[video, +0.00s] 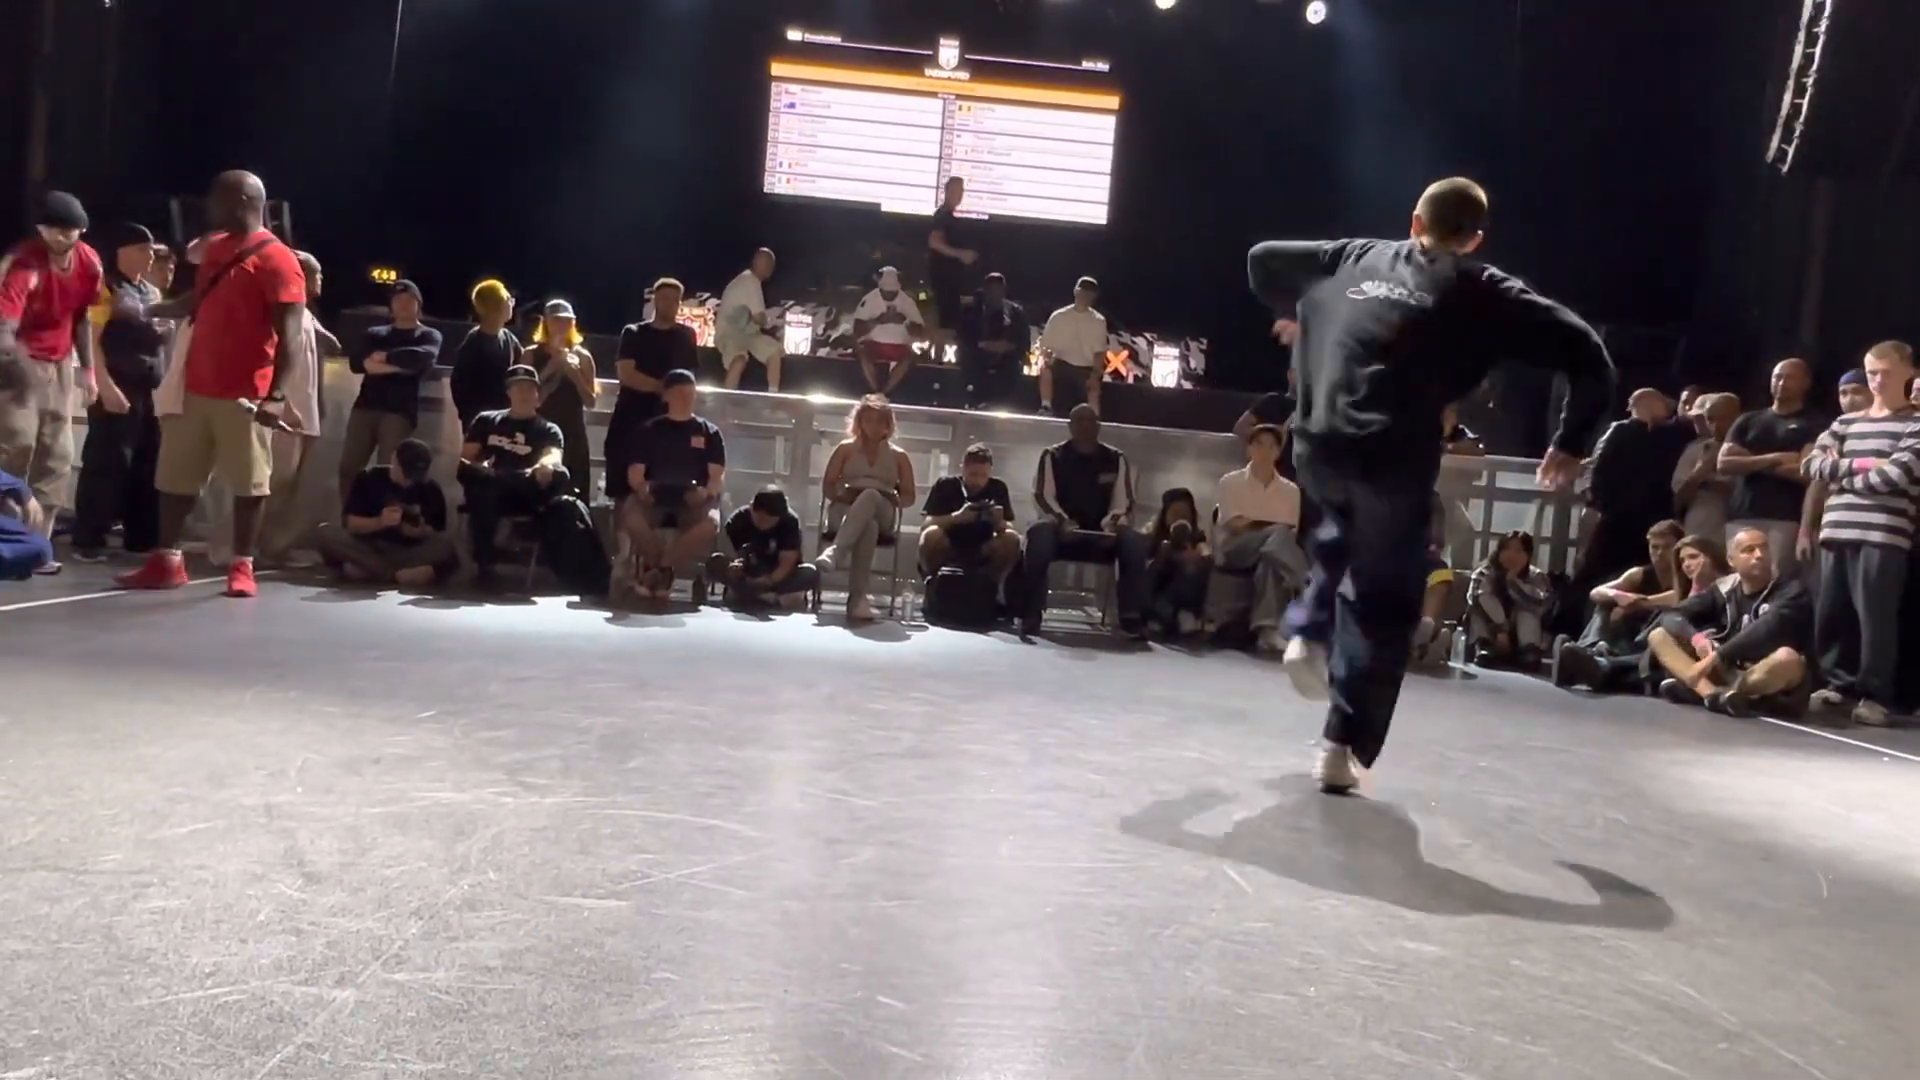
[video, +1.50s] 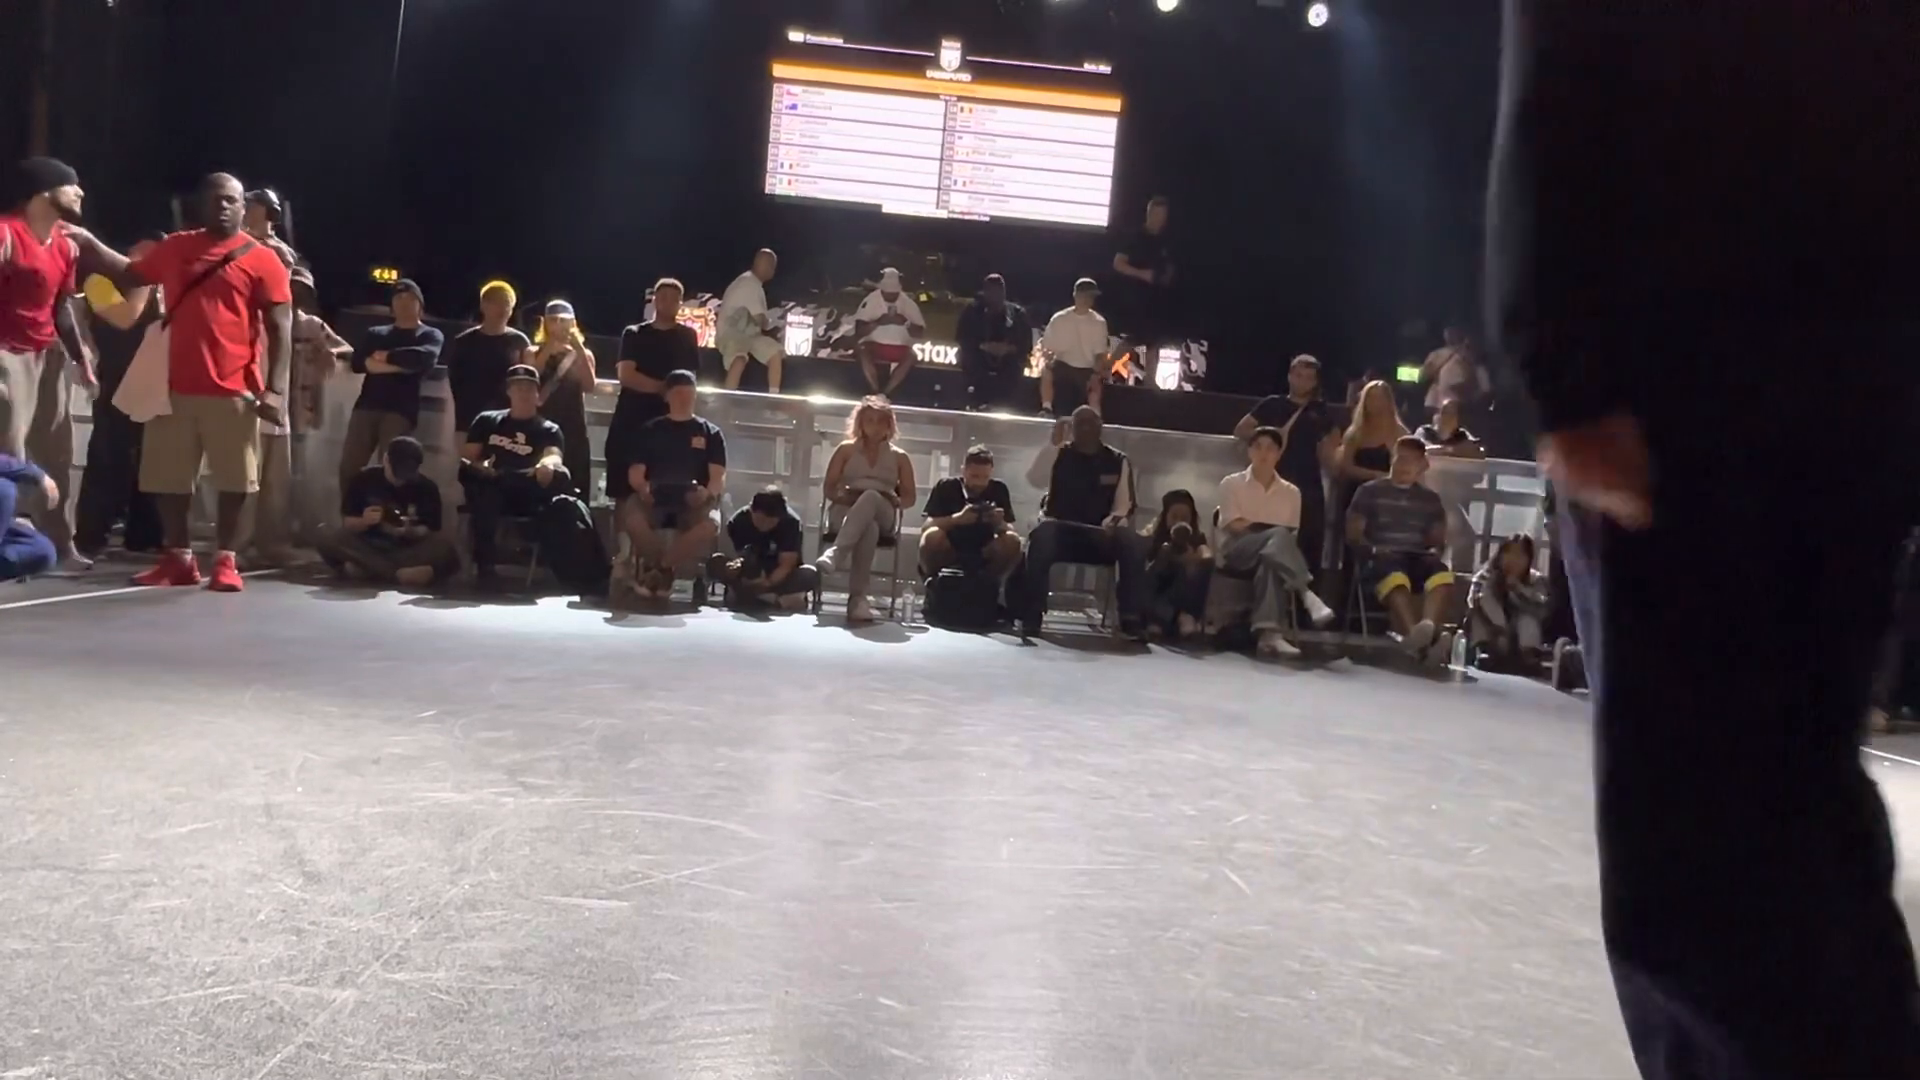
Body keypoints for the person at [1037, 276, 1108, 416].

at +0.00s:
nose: (1085, 294)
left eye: (1089, 291)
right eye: (1082, 290)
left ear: (1094, 296)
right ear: (1075, 292)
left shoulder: (1098, 321)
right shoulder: (1059, 316)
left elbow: (1099, 352)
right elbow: (1045, 344)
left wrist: (1095, 375)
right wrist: (1047, 358)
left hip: (1086, 365)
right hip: (1061, 362)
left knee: (1094, 382)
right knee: (1045, 371)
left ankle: (1093, 417)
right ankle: (1045, 406)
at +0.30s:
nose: (1085, 294)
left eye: (1088, 291)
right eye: (1081, 290)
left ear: (1093, 294)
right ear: (1074, 292)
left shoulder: (1098, 320)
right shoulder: (1058, 316)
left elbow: (1099, 352)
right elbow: (1044, 344)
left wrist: (1095, 375)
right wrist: (1047, 357)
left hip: (1086, 365)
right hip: (1062, 362)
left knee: (1094, 382)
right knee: (1045, 370)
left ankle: (1094, 418)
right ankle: (1046, 406)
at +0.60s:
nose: (1084, 296)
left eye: (1087, 293)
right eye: (1081, 292)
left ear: (1092, 295)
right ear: (1073, 294)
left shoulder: (1097, 320)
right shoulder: (1057, 317)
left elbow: (1098, 352)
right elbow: (1044, 346)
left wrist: (1095, 375)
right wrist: (1047, 358)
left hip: (1086, 366)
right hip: (1061, 364)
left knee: (1094, 381)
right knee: (1044, 371)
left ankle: (1093, 418)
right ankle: (1045, 407)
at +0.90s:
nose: (1084, 296)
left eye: (1088, 293)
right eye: (1081, 292)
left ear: (1092, 296)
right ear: (1073, 294)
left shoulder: (1097, 322)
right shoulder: (1058, 317)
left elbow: (1099, 353)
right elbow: (1044, 344)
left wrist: (1095, 376)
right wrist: (1046, 356)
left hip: (1085, 366)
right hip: (1061, 363)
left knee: (1094, 382)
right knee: (1044, 371)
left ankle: (1094, 418)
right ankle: (1045, 407)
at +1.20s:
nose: (1085, 299)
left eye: (1089, 296)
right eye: (1081, 295)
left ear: (1093, 298)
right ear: (1074, 296)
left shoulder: (1098, 322)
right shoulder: (1058, 318)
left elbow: (1100, 354)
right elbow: (1044, 345)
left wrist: (1095, 377)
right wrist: (1047, 356)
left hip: (1086, 367)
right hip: (1062, 365)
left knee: (1095, 384)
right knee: (1046, 371)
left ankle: (1095, 418)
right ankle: (1046, 409)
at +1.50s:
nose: (1087, 299)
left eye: (1090, 296)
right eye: (1083, 295)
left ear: (1093, 298)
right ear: (1075, 296)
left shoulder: (1099, 322)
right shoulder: (1059, 318)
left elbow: (1101, 354)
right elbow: (1046, 345)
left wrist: (1096, 375)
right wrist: (1048, 358)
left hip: (1088, 366)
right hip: (1063, 364)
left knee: (1096, 382)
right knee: (1047, 371)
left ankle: (1095, 416)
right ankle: (1046, 408)